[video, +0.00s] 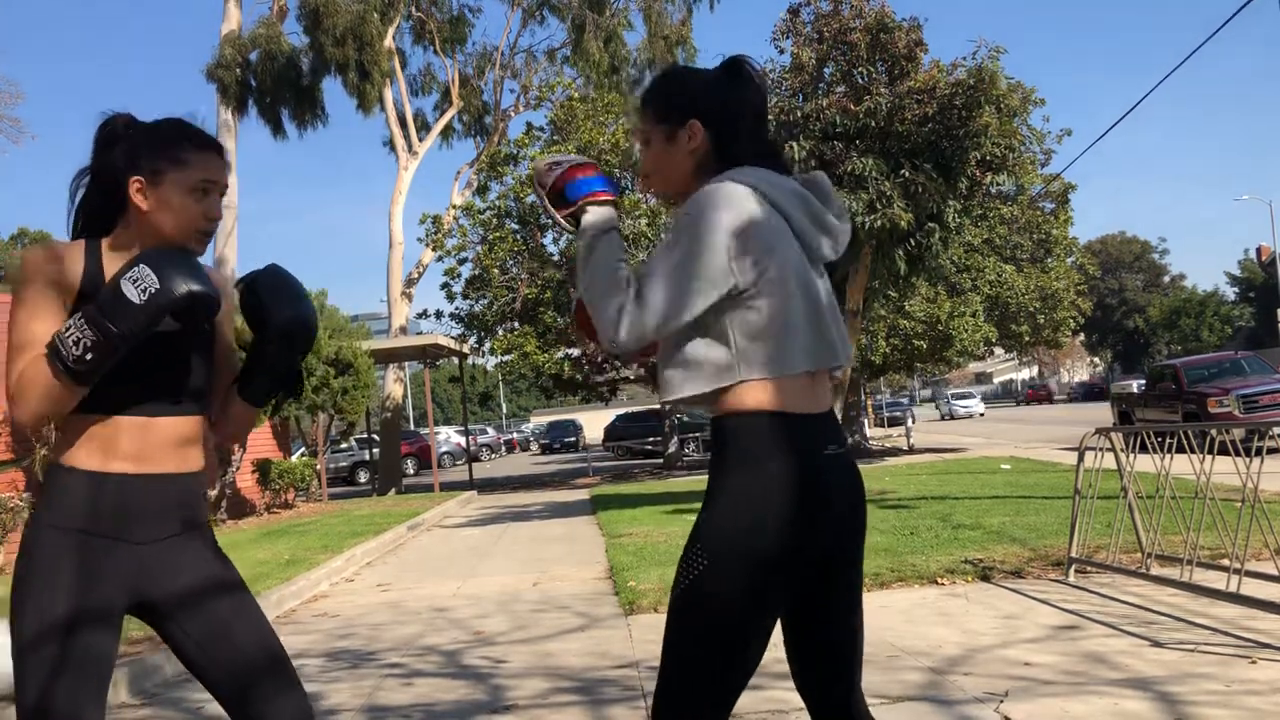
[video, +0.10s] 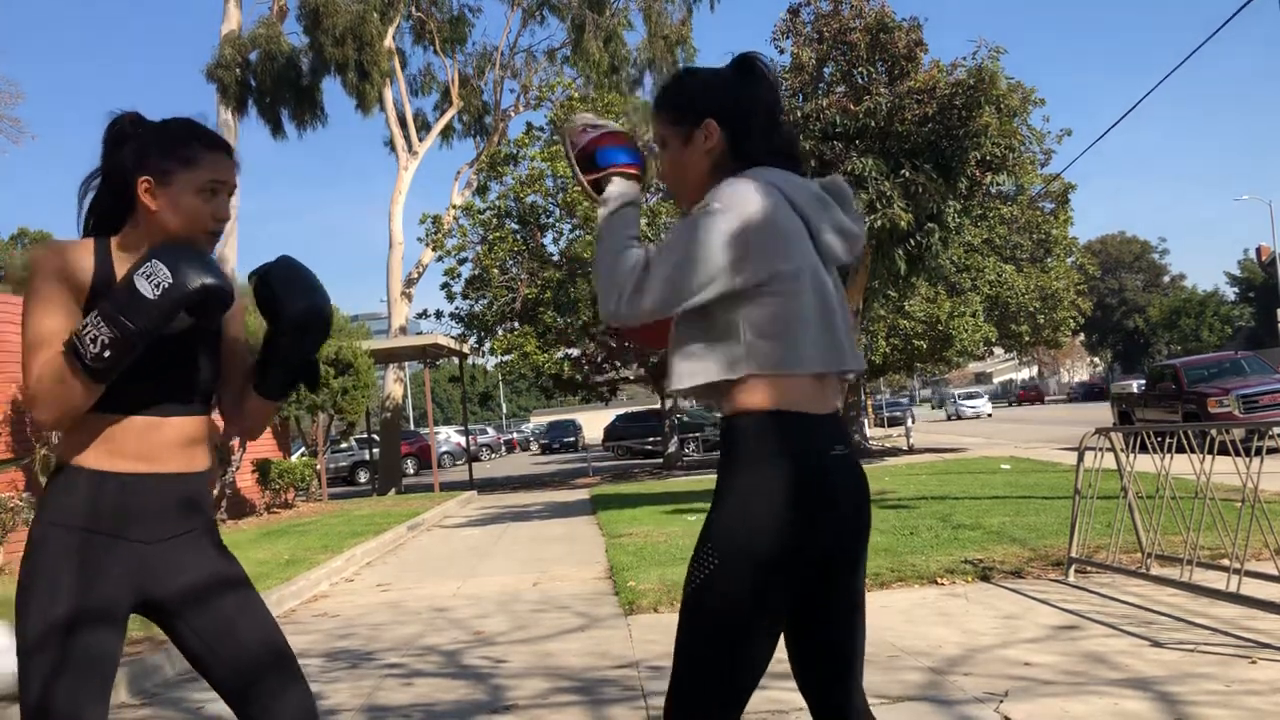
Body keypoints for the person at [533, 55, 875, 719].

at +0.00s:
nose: (639, 164)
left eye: (645, 144)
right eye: (639, 147)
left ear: (690, 137)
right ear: (693, 135)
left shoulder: (724, 206)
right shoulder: (783, 206)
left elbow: (621, 325)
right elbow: (740, 345)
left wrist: (594, 213)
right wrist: (629, 346)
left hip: (757, 478)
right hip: (826, 471)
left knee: (686, 705)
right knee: (838, 701)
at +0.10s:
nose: (657, 166)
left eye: (662, 146)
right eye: (655, 149)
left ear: (707, 137)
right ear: (714, 136)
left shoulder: (738, 205)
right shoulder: (795, 206)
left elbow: (622, 298)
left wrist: (621, 191)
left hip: (766, 472)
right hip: (832, 468)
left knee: (698, 702)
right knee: (839, 695)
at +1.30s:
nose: (676, 185)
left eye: (680, 162)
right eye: (672, 165)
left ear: (721, 144)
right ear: (739, 139)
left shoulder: (761, 199)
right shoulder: (825, 202)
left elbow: (636, 251)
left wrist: (651, 142)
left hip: (782, 479)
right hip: (844, 472)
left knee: (701, 705)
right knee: (840, 699)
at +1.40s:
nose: (677, 177)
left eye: (682, 156)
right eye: (672, 160)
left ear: (717, 145)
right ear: (757, 140)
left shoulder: (754, 197)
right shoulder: (817, 201)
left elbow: (626, 232)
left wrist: (661, 128)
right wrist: (670, 116)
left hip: (776, 482)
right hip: (839, 476)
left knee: (685, 704)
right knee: (839, 700)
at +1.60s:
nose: (645, 186)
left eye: (644, 165)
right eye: (638, 171)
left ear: (685, 141)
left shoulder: (716, 197)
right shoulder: (795, 205)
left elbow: (578, 254)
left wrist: (574, 137)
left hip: (753, 478)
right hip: (830, 474)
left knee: (692, 706)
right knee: (840, 698)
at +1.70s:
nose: (641, 186)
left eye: (642, 165)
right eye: (636, 169)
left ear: (680, 141)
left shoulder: (720, 196)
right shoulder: (791, 206)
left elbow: (595, 258)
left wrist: (537, 160)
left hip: (751, 480)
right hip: (829, 475)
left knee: (688, 704)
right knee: (841, 697)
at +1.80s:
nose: (644, 189)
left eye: (645, 168)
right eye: (638, 173)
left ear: (689, 145)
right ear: (697, 142)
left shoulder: (730, 203)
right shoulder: (801, 212)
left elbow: (593, 249)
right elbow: (651, 307)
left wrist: (584, 143)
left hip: (762, 481)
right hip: (835, 476)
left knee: (674, 705)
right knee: (842, 699)